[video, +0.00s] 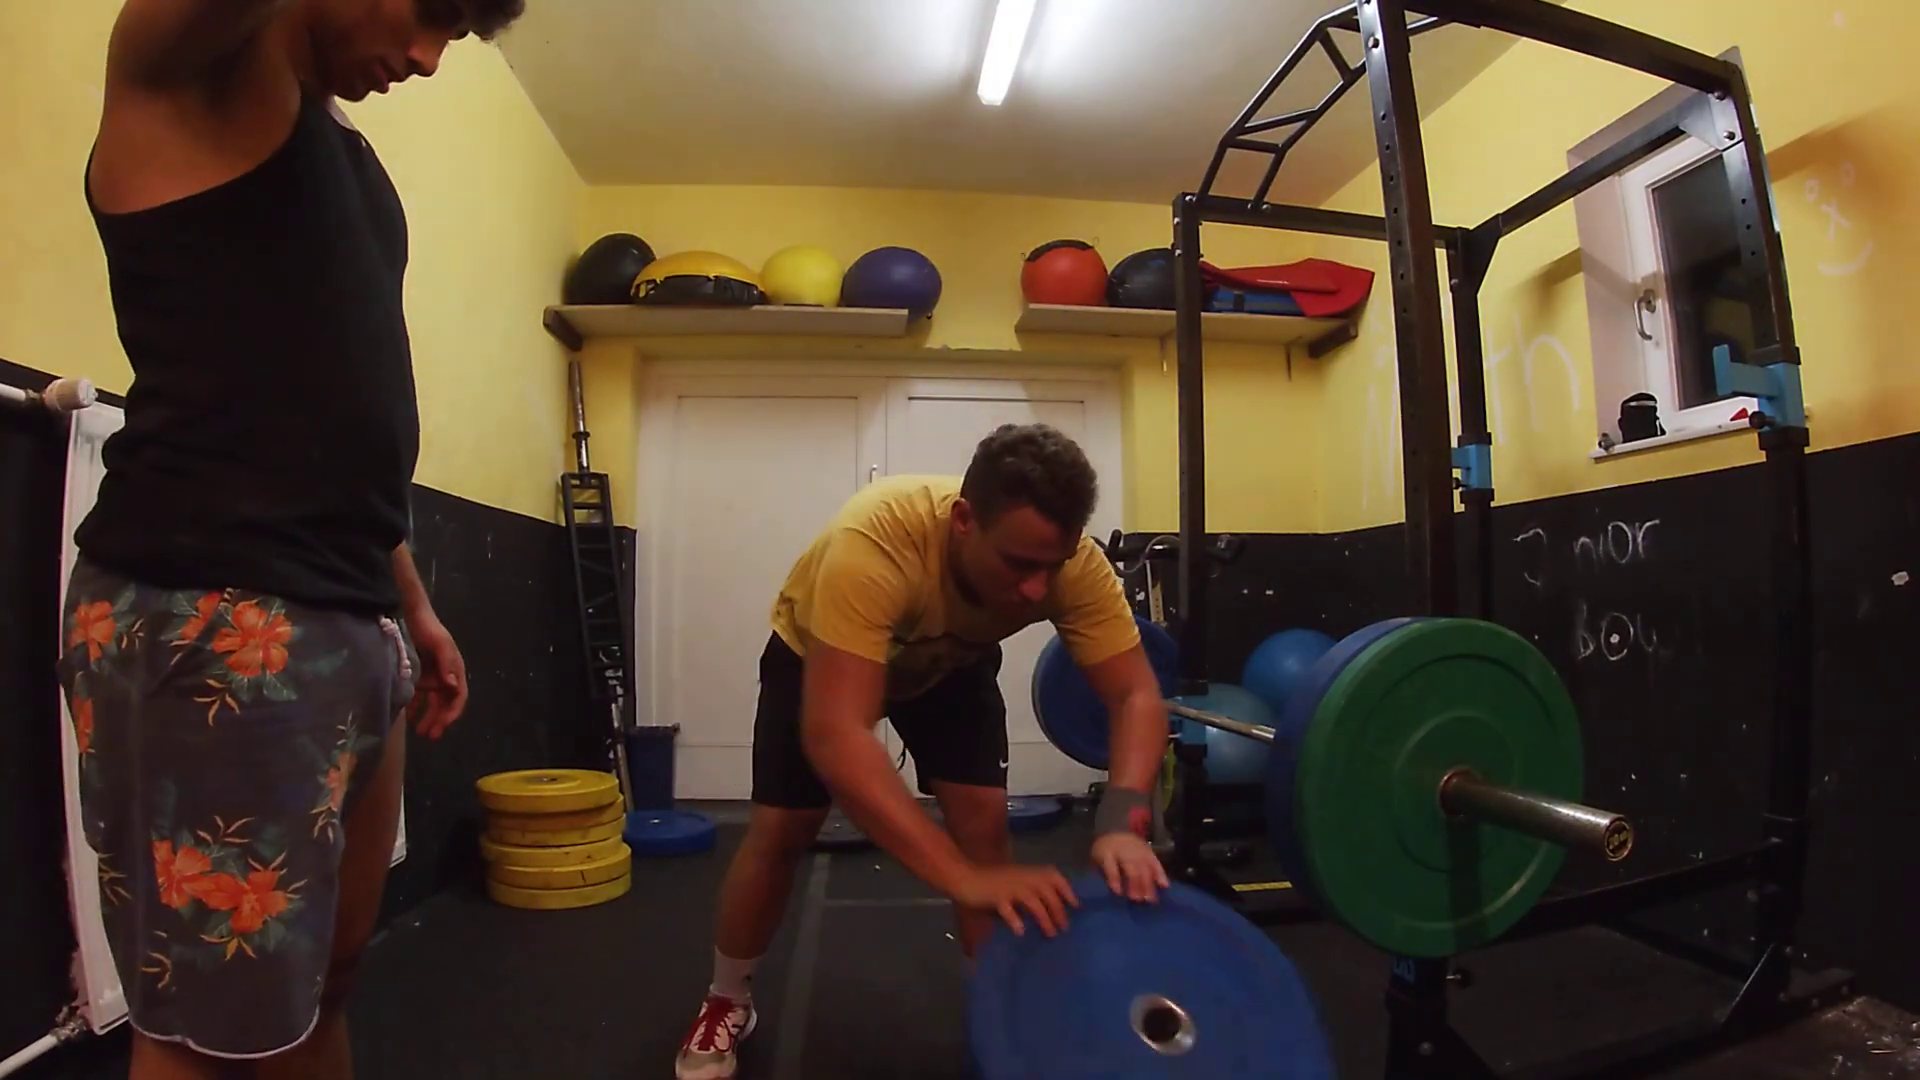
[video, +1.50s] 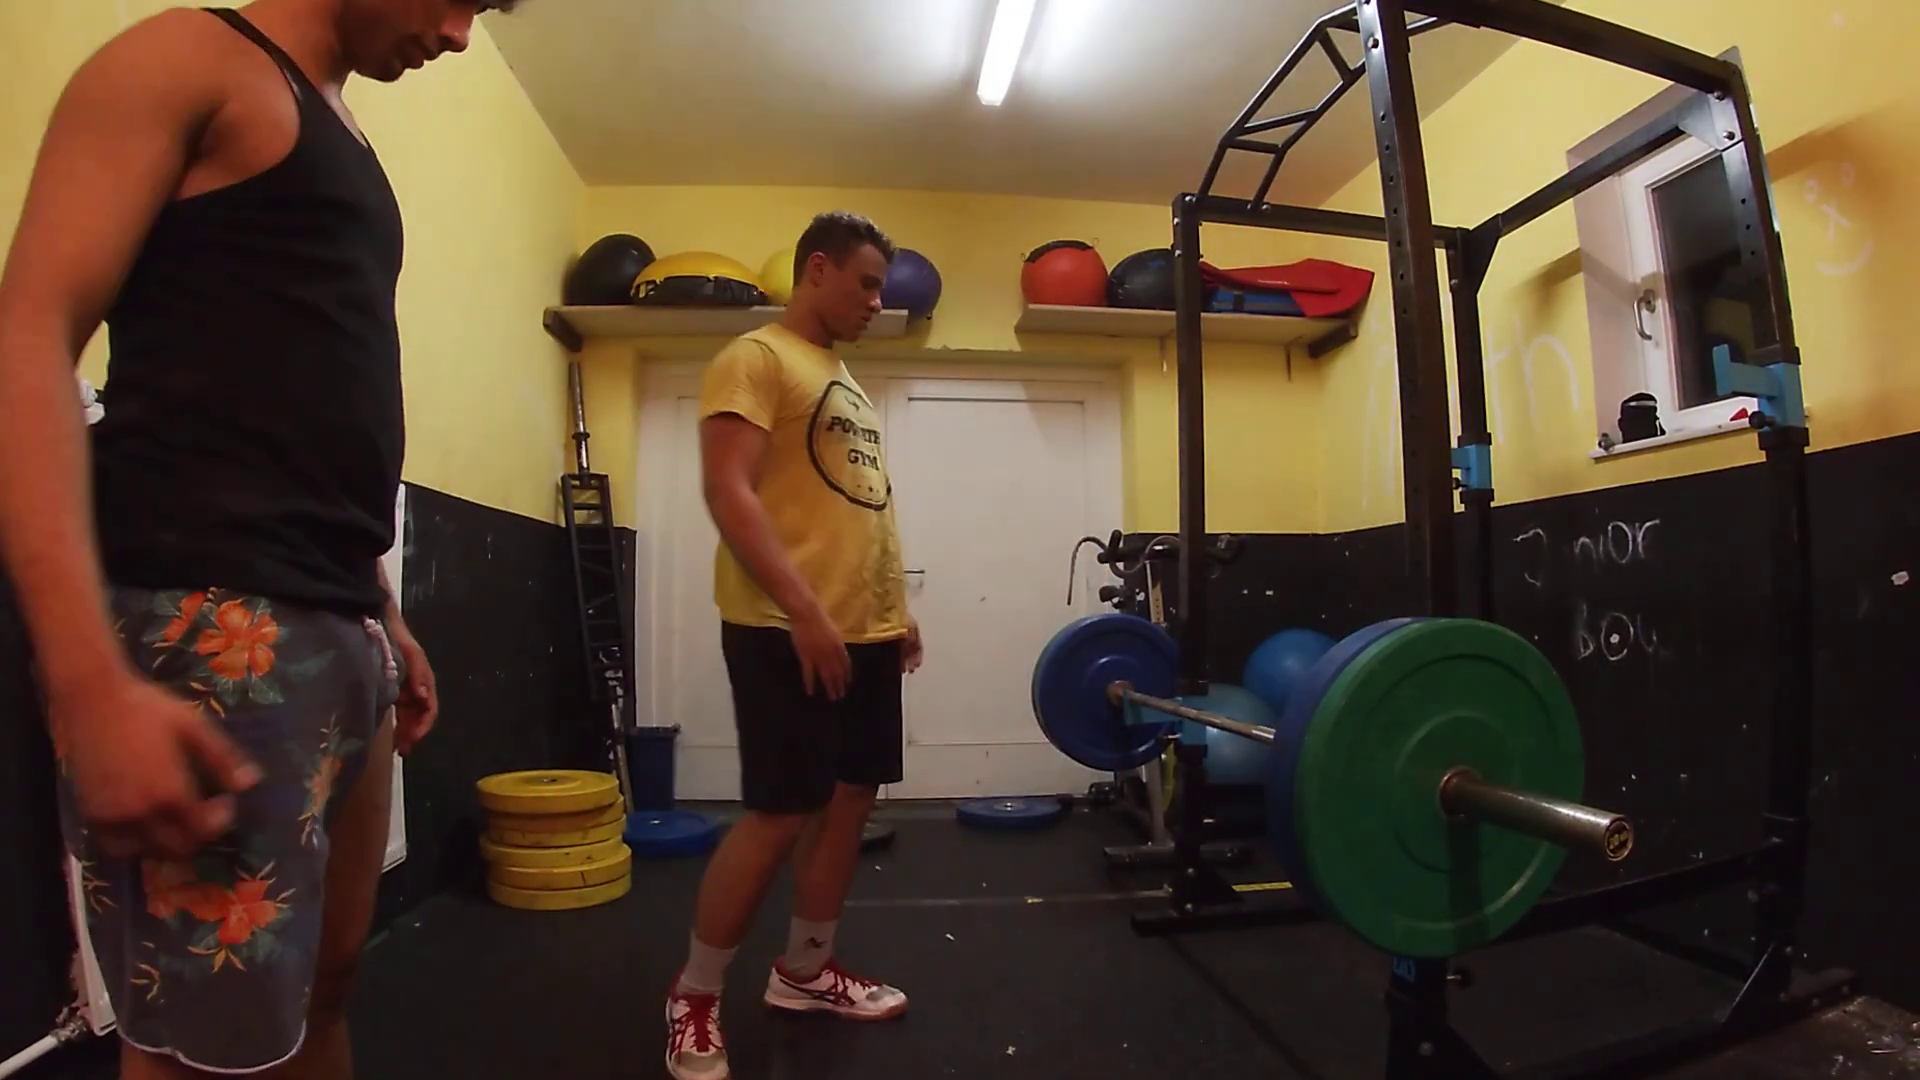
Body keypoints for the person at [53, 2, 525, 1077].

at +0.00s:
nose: (427, 60)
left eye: (450, 41)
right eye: (432, 20)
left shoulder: (341, 147)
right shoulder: (187, 69)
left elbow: (334, 400)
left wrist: (408, 599)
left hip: (347, 622)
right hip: (214, 620)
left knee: (320, 1001)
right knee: (209, 1038)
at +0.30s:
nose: (435, 53)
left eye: (459, 35)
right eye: (438, 14)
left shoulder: (342, 153)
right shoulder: (191, 73)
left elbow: (343, 402)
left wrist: (418, 603)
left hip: (354, 624)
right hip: (217, 621)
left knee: (321, 998)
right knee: (208, 1042)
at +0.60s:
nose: (443, 65)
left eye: (468, 46)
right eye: (446, 24)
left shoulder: (344, 156)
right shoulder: (203, 75)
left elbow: (341, 408)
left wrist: (409, 610)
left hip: (355, 620)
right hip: (225, 619)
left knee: (325, 996)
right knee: (211, 1037)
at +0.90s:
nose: (441, 72)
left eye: (465, 55)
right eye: (447, 31)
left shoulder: (354, 160)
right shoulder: (209, 72)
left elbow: (340, 405)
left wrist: (410, 601)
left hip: (356, 619)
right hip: (230, 618)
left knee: (322, 1004)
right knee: (215, 1035)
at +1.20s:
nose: (453, 60)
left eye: (475, 40)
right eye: (458, 21)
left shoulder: (350, 163)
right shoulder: (196, 59)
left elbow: (333, 417)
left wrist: (415, 611)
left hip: (356, 619)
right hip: (223, 616)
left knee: (324, 993)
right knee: (214, 1036)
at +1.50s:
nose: (461, 33)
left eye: (476, 14)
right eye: (463, 1)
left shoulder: (338, 133)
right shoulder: (180, 57)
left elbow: (302, 405)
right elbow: (27, 331)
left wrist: (373, 610)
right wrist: (88, 687)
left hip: (336, 641)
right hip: (211, 636)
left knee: (317, 1014)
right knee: (191, 1051)